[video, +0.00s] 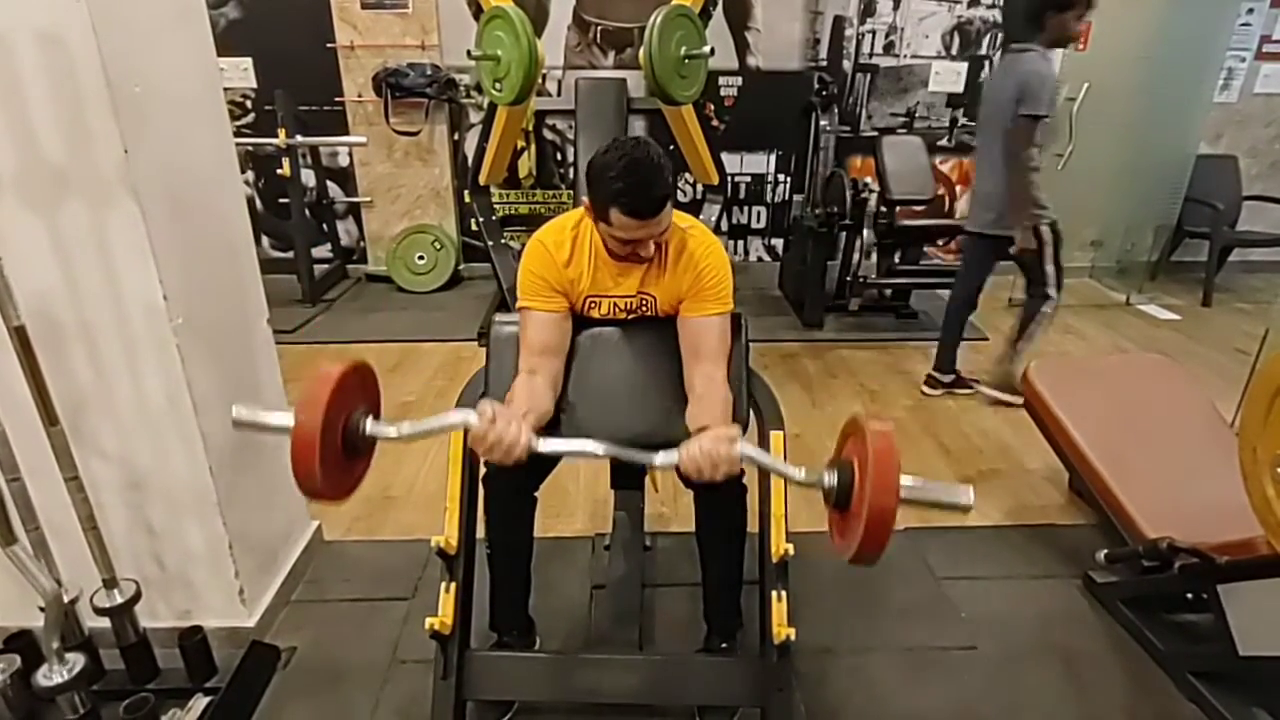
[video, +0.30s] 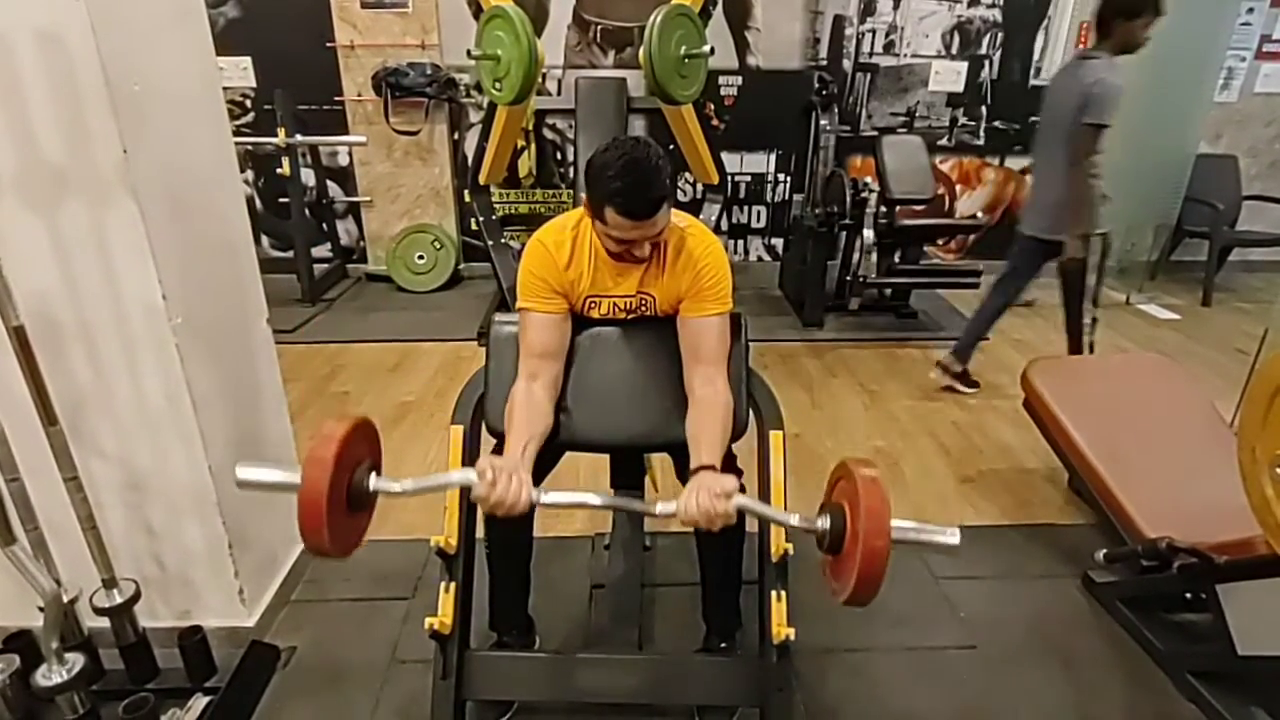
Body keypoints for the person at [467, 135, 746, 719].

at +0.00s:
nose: (647, 248)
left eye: (658, 234)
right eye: (629, 240)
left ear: (671, 204)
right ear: (594, 213)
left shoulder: (700, 252)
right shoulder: (550, 250)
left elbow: (707, 372)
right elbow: (537, 368)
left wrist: (713, 435)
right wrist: (516, 419)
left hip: (671, 385)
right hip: (578, 384)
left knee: (721, 471)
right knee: (506, 470)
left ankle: (724, 638)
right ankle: (511, 635)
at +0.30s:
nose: (642, 249)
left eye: (654, 235)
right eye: (625, 240)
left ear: (670, 206)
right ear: (591, 214)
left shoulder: (699, 252)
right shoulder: (550, 250)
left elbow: (706, 377)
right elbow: (536, 376)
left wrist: (708, 466)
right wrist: (514, 459)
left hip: (670, 374)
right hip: (574, 375)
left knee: (719, 480)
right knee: (502, 475)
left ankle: (722, 640)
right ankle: (510, 636)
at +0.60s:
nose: (622, 247)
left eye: (639, 235)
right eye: (607, 233)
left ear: (664, 209)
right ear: (586, 204)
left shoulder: (696, 255)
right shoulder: (551, 252)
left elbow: (707, 389)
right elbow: (535, 384)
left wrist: (704, 507)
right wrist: (518, 505)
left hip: (670, 383)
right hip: (574, 383)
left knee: (721, 488)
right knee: (502, 480)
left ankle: (723, 637)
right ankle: (512, 639)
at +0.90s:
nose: (623, 240)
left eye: (639, 225)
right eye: (608, 224)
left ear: (665, 203)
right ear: (587, 198)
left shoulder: (696, 256)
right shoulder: (552, 255)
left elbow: (709, 393)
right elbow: (536, 387)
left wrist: (704, 513)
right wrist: (524, 515)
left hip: (670, 382)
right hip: (575, 382)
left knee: (723, 484)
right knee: (502, 479)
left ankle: (722, 635)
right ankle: (512, 637)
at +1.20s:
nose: (621, 233)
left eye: (637, 217)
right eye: (605, 218)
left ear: (662, 197)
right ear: (585, 197)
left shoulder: (696, 254)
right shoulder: (555, 253)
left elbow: (711, 384)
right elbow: (537, 382)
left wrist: (710, 481)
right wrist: (519, 488)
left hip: (673, 385)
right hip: (576, 383)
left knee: (722, 490)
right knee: (504, 487)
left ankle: (724, 643)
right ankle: (511, 643)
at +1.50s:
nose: (620, 240)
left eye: (636, 224)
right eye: (603, 224)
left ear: (659, 201)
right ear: (583, 203)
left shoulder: (698, 255)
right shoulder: (556, 254)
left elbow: (712, 374)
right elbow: (538, 377)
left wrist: (713, 447)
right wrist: (517, 453)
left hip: (670, 390)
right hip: (577, 388)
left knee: (720, 474)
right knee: (504, 474)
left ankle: (724, 639)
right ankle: (512, 639)